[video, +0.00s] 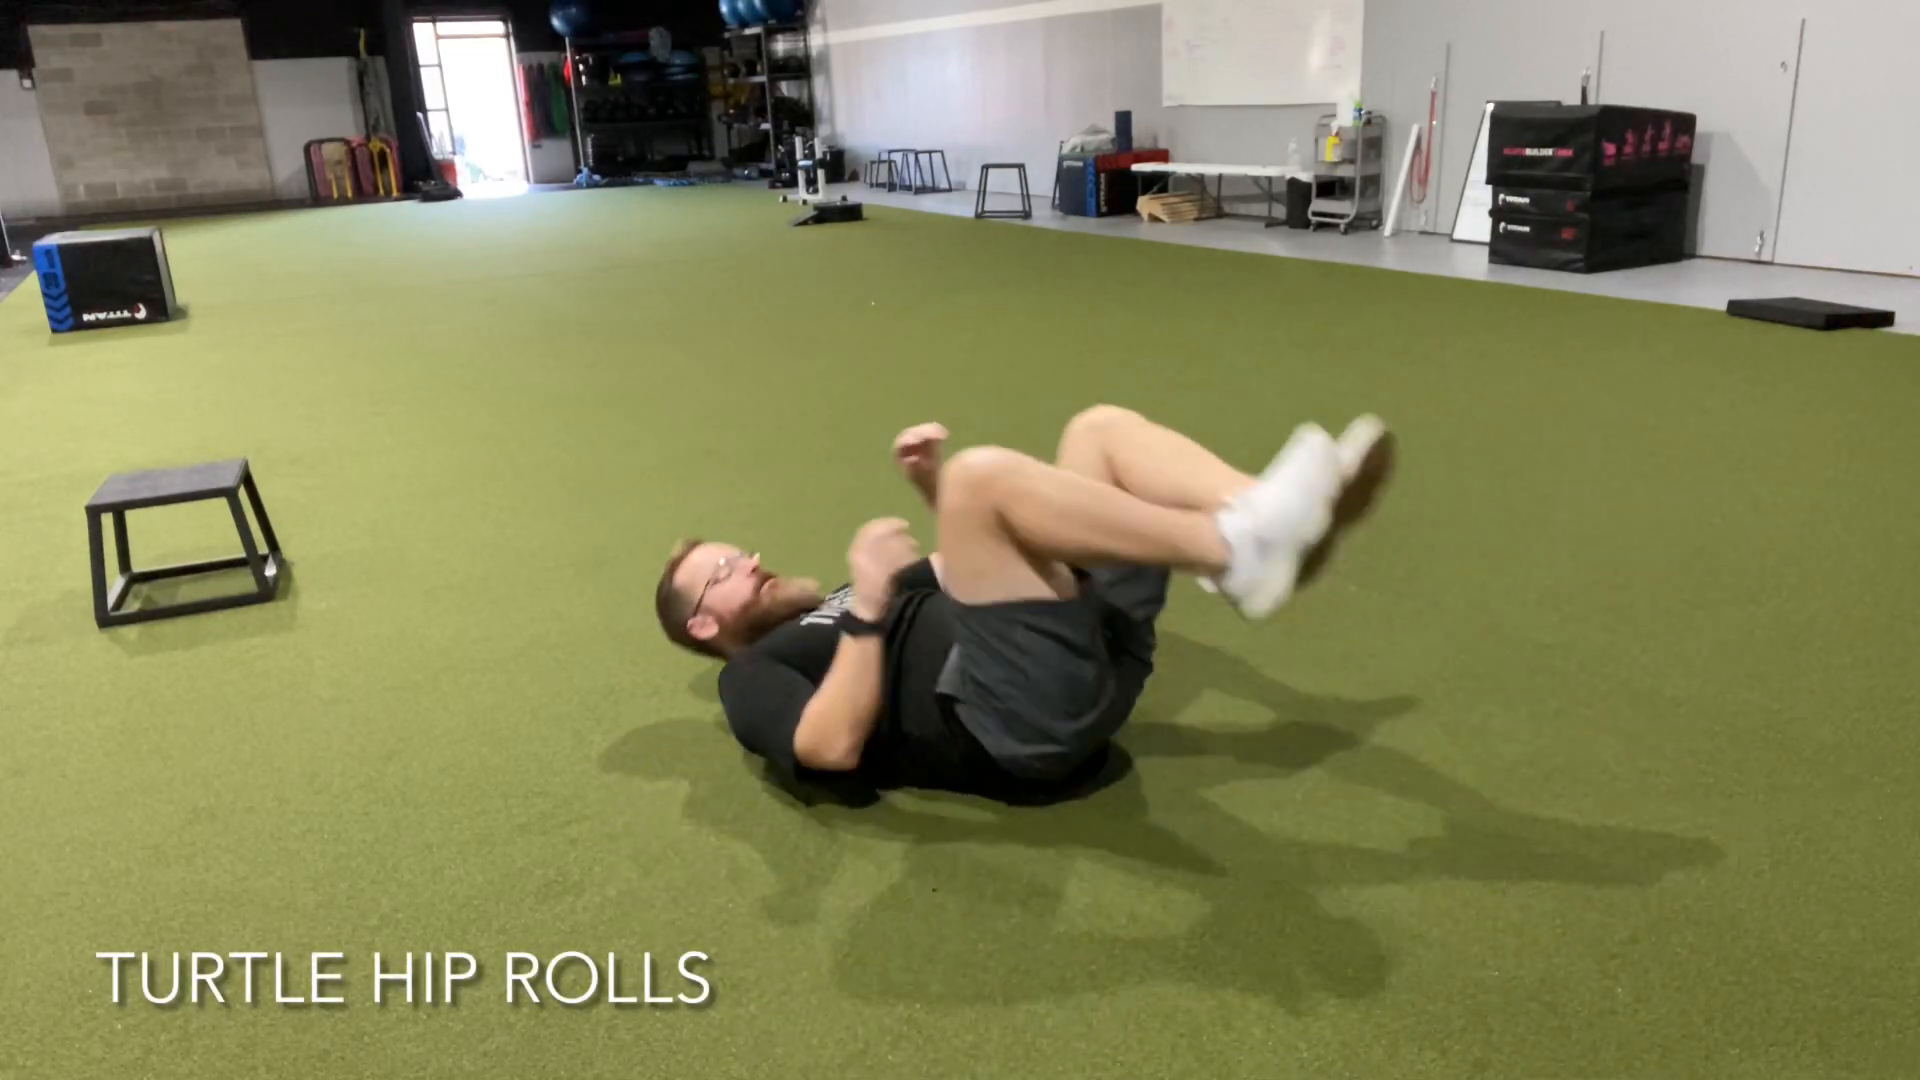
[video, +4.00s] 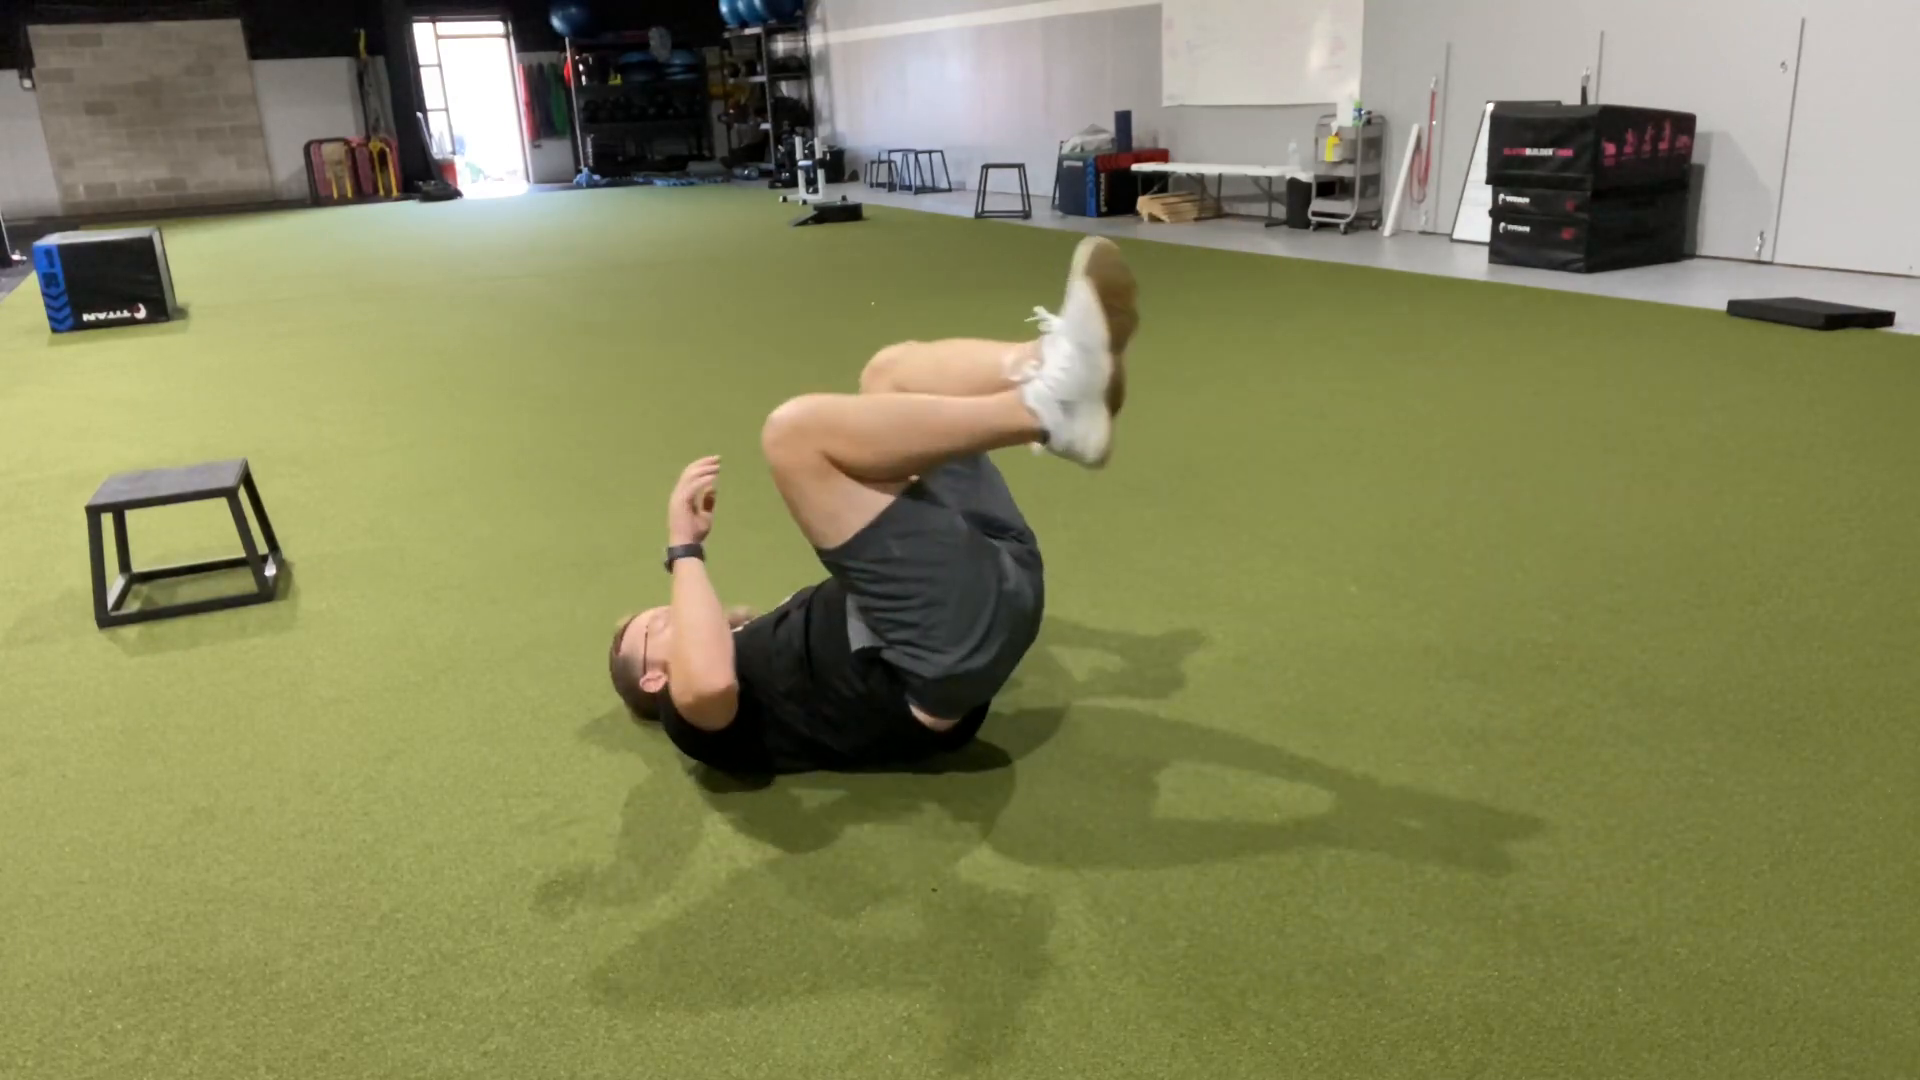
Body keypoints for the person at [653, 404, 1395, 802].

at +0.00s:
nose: (752, 564)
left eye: (743, 557)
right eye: (723, 574)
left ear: (769, 565)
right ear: (707, 627)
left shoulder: (857, 603)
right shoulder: (755, 678)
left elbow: (986, 589)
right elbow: (829, 746)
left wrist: (940, 498)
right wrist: (872, 600)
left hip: (1078, 683)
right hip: (1012, 726)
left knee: (1099, 428)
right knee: (974, 473)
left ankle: (1274, 514)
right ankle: (1230, 553)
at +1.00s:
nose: (793, 524)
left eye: (787, 512)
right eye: (767, 523)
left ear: (802, 528)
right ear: (730, 570)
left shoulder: (879, 579)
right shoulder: (759, 653)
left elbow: (997, 592)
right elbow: (879, 623)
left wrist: (1045, 462)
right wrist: (980, 526)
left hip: (1077, 726)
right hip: (988, 741)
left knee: (1192, 483)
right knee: (1050, 462)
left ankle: (1348, 561)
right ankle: (1280, 565)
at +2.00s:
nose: (1248, 317)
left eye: (1248, 299)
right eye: (1242, 298)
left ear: (1162, 303)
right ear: (1196, 298)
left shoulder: (1114, 396)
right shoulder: (1211, 402)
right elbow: (1317, 539)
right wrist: (1384, 527)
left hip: (1146, 733)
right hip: (1169, 676)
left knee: (1355, 679)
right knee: (1431, 590)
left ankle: (1410, 787)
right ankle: (1512, 847)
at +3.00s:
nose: (930, 409)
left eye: (920, 395)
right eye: (906, 402)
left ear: (877, 430)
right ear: (856, 441)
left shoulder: (932, 500)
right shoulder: (888, 529)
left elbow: (1032, 588)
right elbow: (1036, 581)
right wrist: (1142, 505)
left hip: (1089, 700)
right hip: (1060, 721)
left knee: (1290, 596)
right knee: (1287, 568)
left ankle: (1409, 762)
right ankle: (1434, 801)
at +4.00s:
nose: (664, 609)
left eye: (661, 607)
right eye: (648, 624)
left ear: (698, 612)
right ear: (654, 680)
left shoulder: (782, 643)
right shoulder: (704, 724)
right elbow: (711, 684)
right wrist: (685, 550)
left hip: (1003, 590)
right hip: (942, 652)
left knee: (886, 369)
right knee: (791, 433)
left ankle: (1050, 362)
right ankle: (1042, 414)